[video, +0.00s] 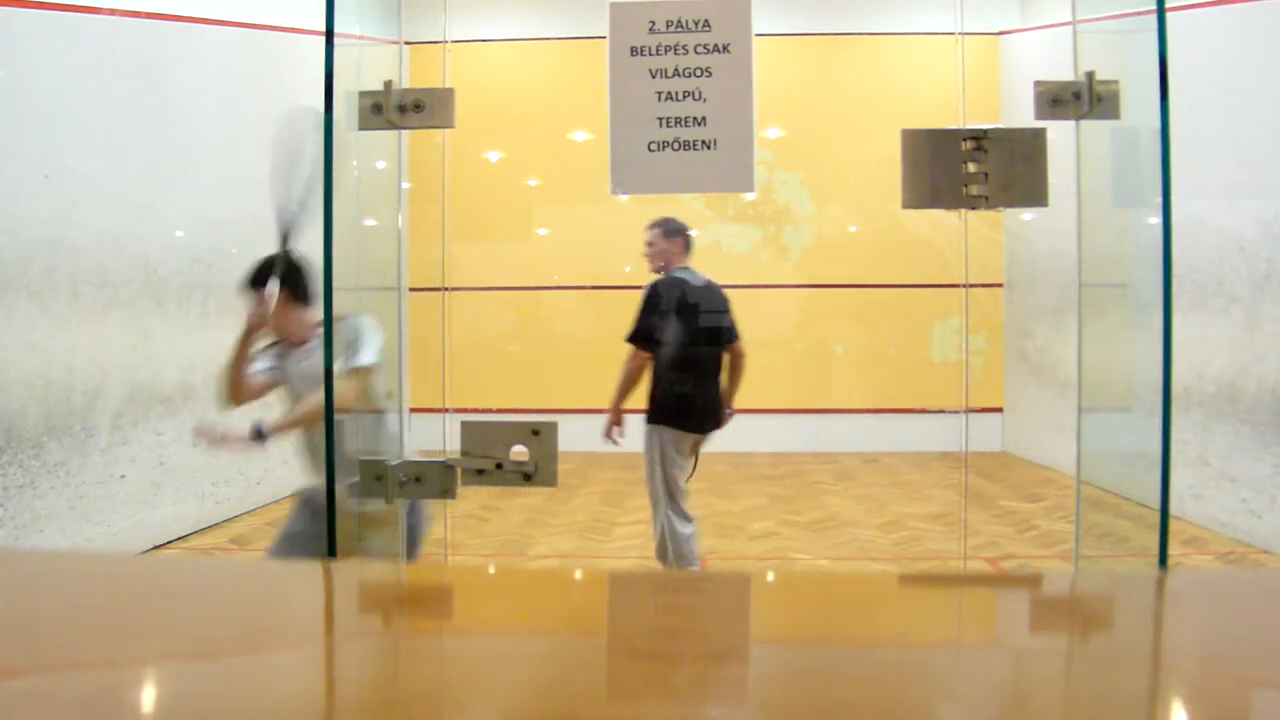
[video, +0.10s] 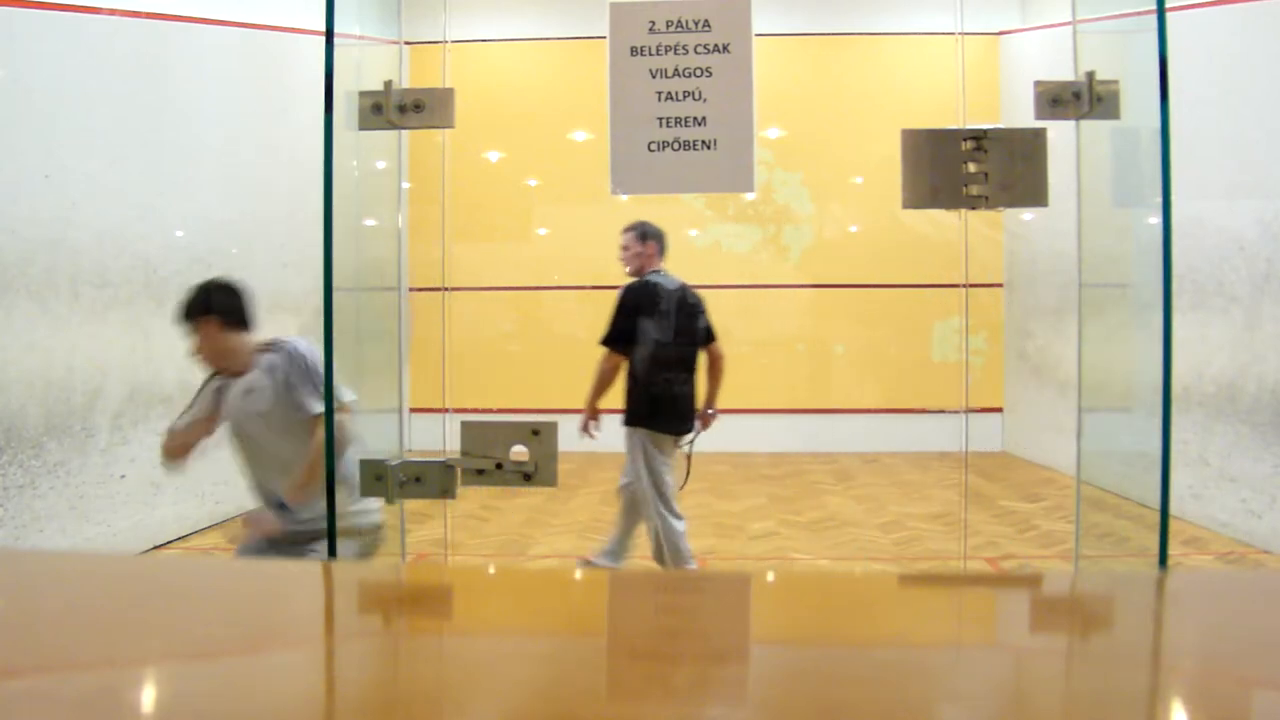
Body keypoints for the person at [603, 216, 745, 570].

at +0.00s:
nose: (647, 254)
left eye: (652, 246)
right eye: (647, 247)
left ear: (677, 245)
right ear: (681, 247)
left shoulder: (662, 291)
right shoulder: (713, 292)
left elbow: (641, 355)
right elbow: (736, 353)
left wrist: (616, 407)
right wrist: (726, 400)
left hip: (669, 409)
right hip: (706, 410)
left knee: (670, 497)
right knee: (671, 492)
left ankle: (687, 577)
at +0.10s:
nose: (623, 258)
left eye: (628, 251)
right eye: (622, 251)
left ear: (652, 250)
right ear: (654, 252)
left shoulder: (636, 293)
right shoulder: (688, 295)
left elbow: (615, 357)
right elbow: (715, 355)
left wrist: (591, 404)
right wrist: (710, 406)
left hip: (646, 411)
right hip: (679, 413)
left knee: (658, 499)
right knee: (633, 489)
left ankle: (682, 574)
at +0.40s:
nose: (567, 258)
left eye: (568, 253)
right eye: (570, 252)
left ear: (571, 255)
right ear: (602, 256)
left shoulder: (569, 297)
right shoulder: (623, 300)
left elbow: (548, 357)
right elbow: (641, 357)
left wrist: (539, 400)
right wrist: (635, 398)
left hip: (574, 412)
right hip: (614, 413)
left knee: (543, 488)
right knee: (583, 493)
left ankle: (607, 550)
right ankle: (576, 568)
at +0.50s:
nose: (549, 258)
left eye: (550, 253)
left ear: (552, 255)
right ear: (584, 255)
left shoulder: (547, 297)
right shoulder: (604, 299)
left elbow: (530, 359)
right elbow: (621, 358)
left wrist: (518, 403)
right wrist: (608, 397)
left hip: (556, 409)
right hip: (597, 409)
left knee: (514, 479)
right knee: (578, 483)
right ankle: (582, 560)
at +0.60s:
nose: (529, 266)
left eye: (530, 262)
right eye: (534, 262)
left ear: (533, 264)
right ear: (564, 265)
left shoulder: (527, 301)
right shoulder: (584, 305)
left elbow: (510, 366)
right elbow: (602, 369)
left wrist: (494, 416)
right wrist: (586, 402)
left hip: (539, 416)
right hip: (583, 416)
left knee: (499, 487)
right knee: (563, 489)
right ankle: (579, 563)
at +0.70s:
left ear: (512, 287)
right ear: (544, 289)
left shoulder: (502, 322)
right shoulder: (558, 325)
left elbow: (487, 381)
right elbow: (577, 373)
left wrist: (475, 432)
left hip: (525, 423)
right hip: (570, 424)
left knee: (485, 494)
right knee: (555, 493)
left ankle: (434, 561)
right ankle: (580, 564)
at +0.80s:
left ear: (498, 310)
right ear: (531, 313)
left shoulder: (484, 344)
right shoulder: (546, 347)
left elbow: (470, 395)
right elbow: (569, 407)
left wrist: (459, 444)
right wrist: (573, 451)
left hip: (499, 442)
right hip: (552, 441)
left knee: (464, 508)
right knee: (564, 497)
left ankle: (436, 571)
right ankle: (568, 566)